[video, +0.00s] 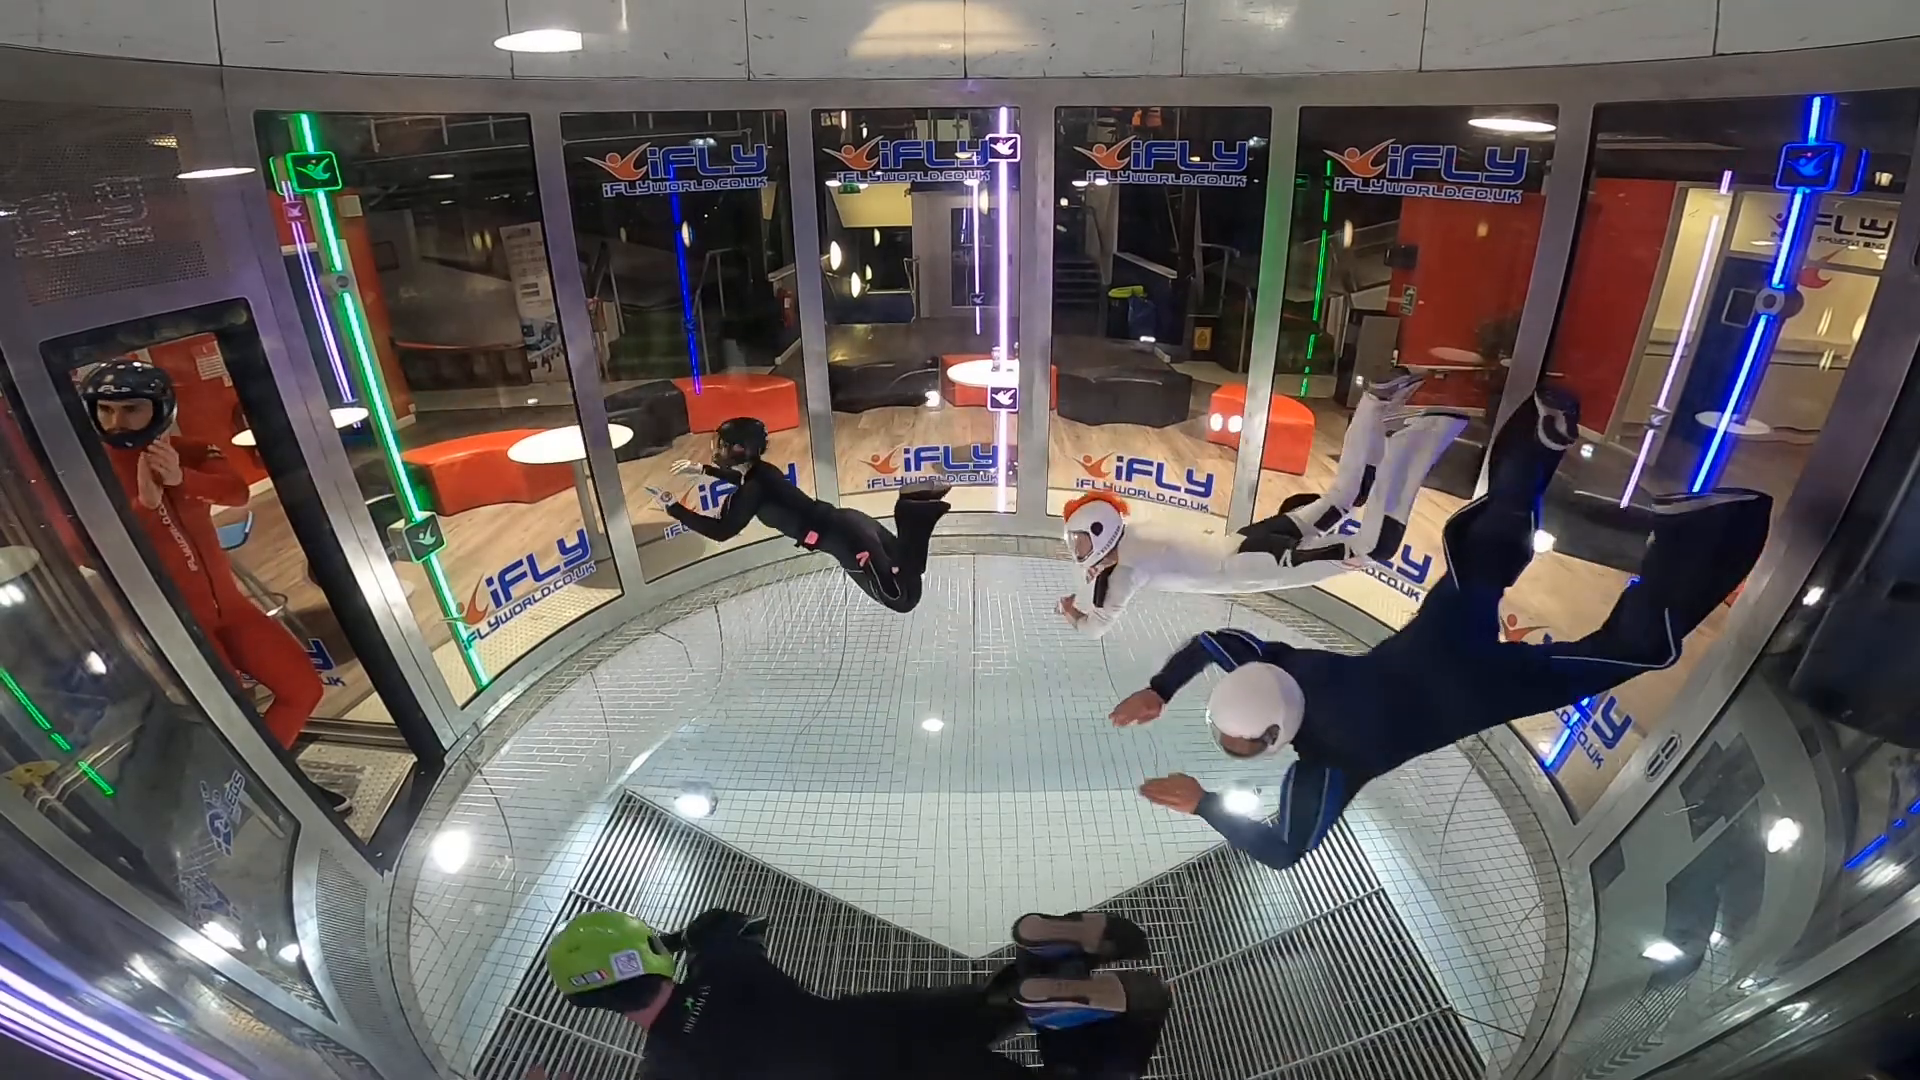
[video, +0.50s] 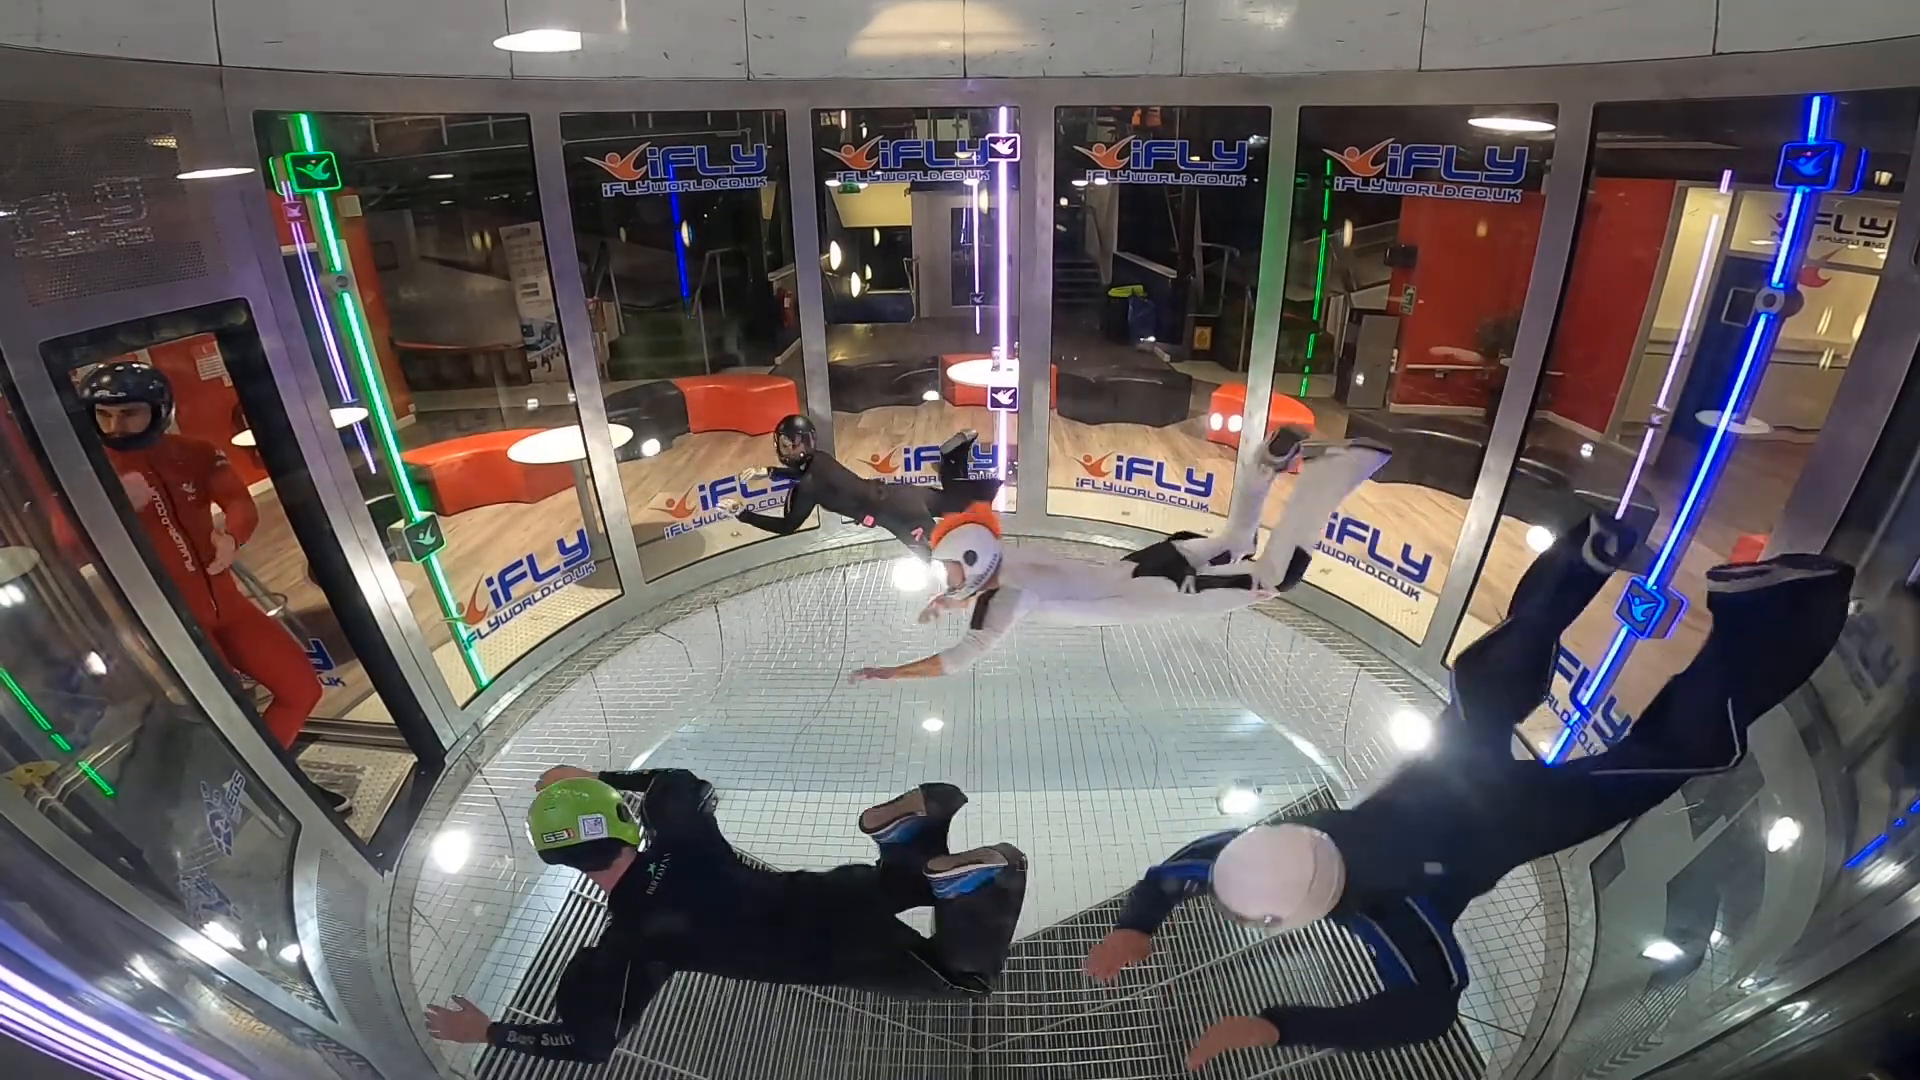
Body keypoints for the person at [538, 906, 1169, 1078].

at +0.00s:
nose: (645, 937)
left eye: (633, 936)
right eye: (634, 938)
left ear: (611, 1005)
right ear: (634, 965)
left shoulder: (667, 1063)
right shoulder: (714, 988)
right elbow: (737, 933)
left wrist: (687, 944)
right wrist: (689, 936)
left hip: (862, 1064)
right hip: (876, 1032)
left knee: (976, 1058)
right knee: (970, 1012)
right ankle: (1047, 985)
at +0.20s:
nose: (601, 909)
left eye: (570, 930)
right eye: (594, 897)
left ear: (568, 944)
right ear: (613, 890)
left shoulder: (632, 1016)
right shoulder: (680, 905)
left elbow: (581, 1063)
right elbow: (697, 859)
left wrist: (510, 1065)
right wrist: (618, 876)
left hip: (852, 1046)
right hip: (863, 972)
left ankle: (992, 1029)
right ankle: (980, 931)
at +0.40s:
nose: (585, 890)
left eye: (585, 874)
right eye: (573, 877)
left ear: (593, 872)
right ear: (615, 829)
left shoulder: (633, 957)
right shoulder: (669, 840)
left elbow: (591, 1060)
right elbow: (677, 811)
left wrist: (484, 1049)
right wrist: (609, 815)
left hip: (840, 972)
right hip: (835, 913)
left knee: (966, 1005)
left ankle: (988, 919)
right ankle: (936, 848)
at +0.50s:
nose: (591, 843)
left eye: (580, 844)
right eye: (590, 830)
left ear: (581, 871)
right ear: (619, 825)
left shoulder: (632, 945)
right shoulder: (676, 832)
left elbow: (588, 1044)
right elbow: (679, 782)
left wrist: (487, 1031)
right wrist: (602, 782)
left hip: (836, 958)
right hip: (836, 891)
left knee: (957, 973)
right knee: (895, 885)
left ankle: (977, 885)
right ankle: (928, 818)